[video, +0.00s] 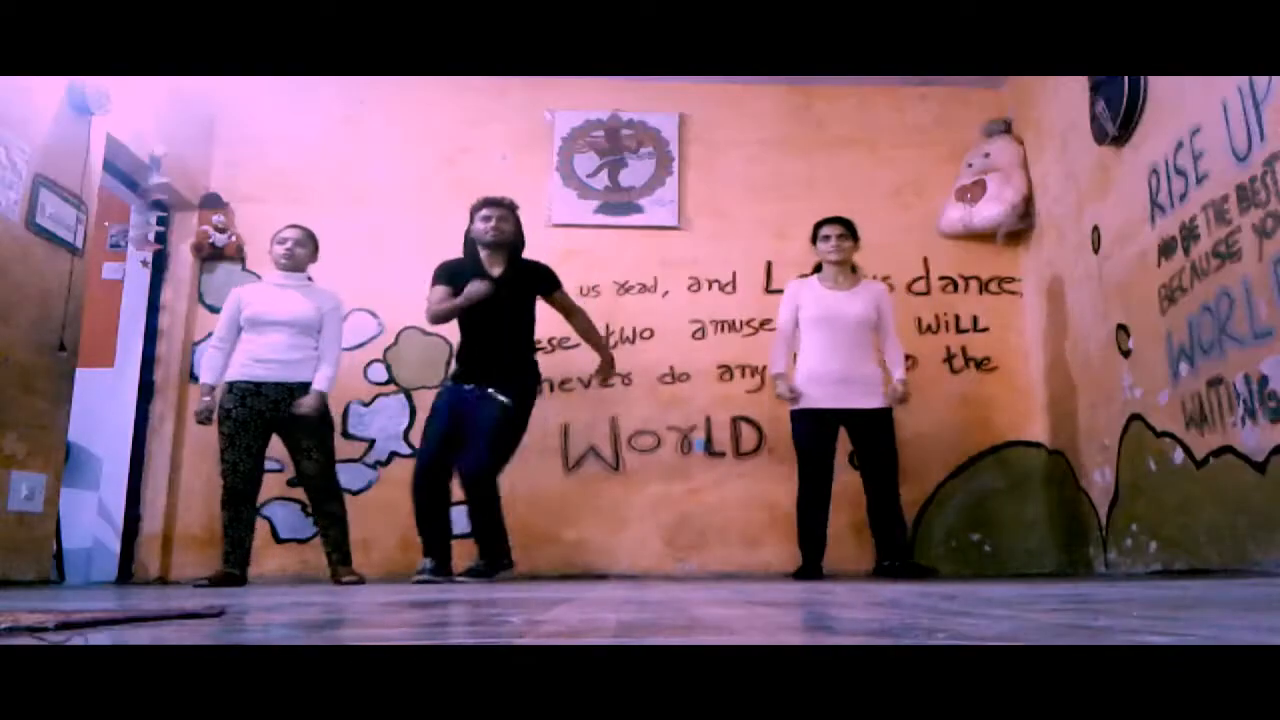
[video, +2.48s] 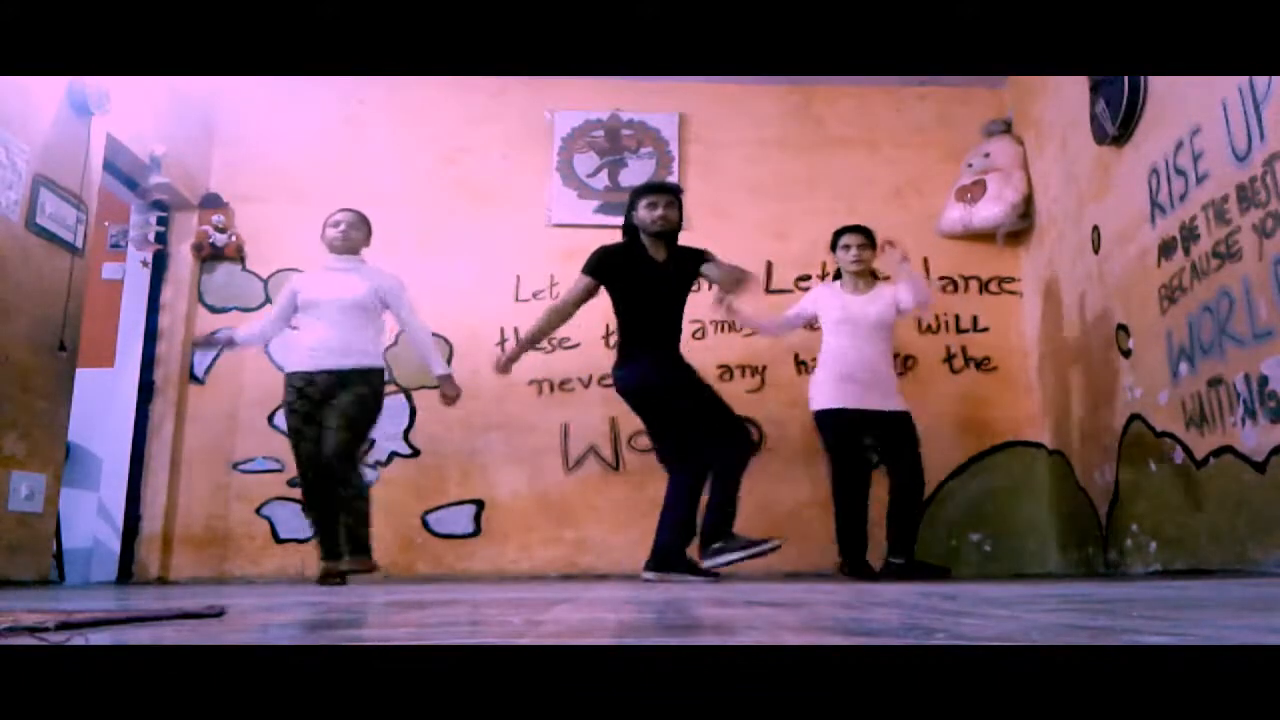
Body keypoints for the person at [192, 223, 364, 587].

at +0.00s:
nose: (288, 247)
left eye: (298, 244)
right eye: (282, 241)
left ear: (312, 256)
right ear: (269, 250)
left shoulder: (325, 299)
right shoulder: (243, 292)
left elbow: (330, 352)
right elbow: (220, 343)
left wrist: (318, 391)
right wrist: (207, 392)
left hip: (300, 395)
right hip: (244, 394)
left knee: (320, 480)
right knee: (238, 483)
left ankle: (341, 566)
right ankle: (233, 569)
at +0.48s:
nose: (248, 217)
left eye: (257, 213)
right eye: (237, 212)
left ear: (271, 229)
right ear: (219, 226)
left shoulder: (284, 285)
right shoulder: (205, 268)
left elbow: (299, 345)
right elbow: (171, 322)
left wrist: (318, 392)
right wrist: (158, 372)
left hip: (268, 404)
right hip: (209, 398)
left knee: (260, 511)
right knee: (201, 499)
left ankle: (225, 608)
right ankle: (160, 603)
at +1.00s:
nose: (323, 215)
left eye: (330, 210)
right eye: (309, 210)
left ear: (339, 224)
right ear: (290, 225)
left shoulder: (326, 274)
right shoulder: (297, 259)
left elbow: (335, 356)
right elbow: (259, 315)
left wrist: (384, 392)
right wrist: (255, 376)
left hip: (324, 397)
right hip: (300, 395)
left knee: (344, 492)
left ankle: (311, 605)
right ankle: (235, 574)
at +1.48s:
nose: (390, 236)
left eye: (396, 231)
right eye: (379, 231)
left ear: (404, 242)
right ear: (361, 243)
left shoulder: (386, 278)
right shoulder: (368, 273)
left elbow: (386, 335)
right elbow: (353, 323)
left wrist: (410, 370)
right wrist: (394, 365)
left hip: (377, 381)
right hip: (372, 380)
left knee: (394, 470)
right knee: (442, 449)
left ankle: (371, 563)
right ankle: (363, 520)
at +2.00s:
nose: (381, 235)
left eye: (389, 231)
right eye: (371, 230)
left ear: (399, 244)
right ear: (356, 243)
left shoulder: (397, 294)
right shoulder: (353, 279)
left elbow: (401, 352)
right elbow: (313, 323)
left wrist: (436, 384)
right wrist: (312, 380)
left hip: (391, 382)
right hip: (362, 378)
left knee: (397, 462)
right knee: (393, 459)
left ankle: (370, 561)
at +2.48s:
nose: (341, 228)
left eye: (351, 224)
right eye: (334, 224)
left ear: (366, 239)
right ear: (321, 237)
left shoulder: (379, 280)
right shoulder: (301, 282)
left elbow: (414, 327)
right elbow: (267, 327)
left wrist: (442, 375)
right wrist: (221, 337)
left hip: (358, 380)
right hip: (305, 382)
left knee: (337, 458)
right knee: (312, 470)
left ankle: (358, 555)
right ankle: (330, 560)